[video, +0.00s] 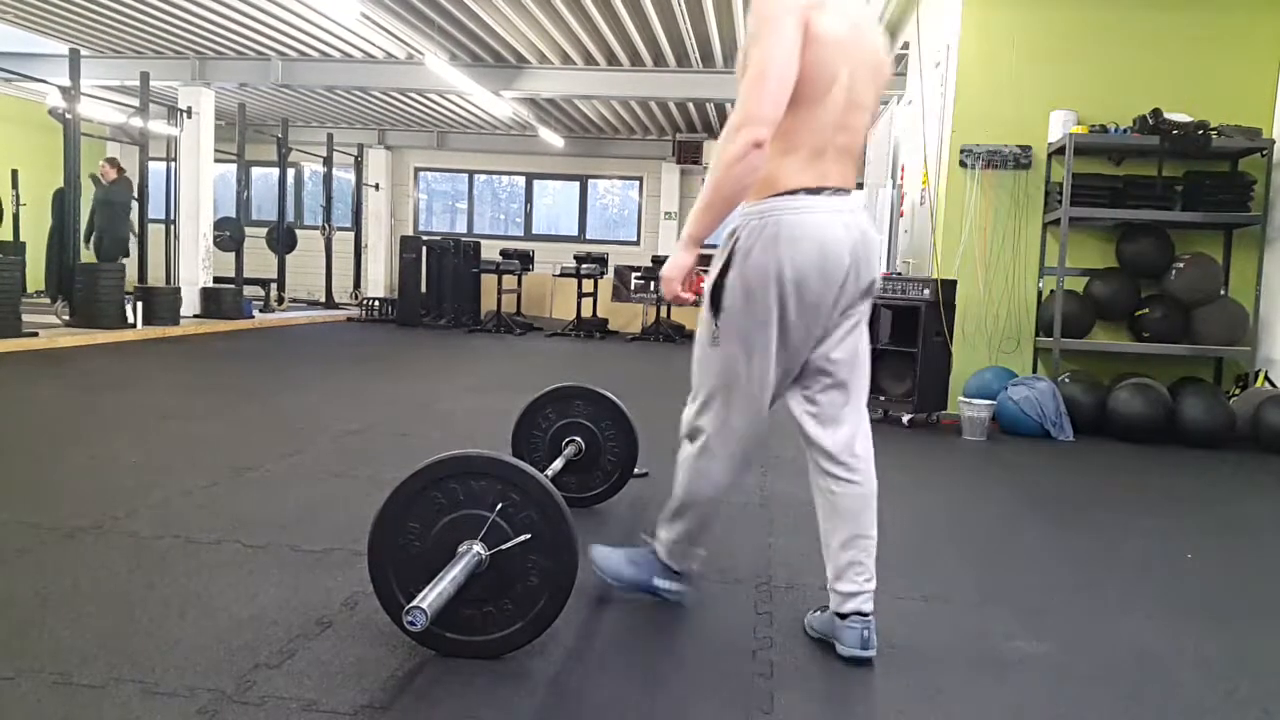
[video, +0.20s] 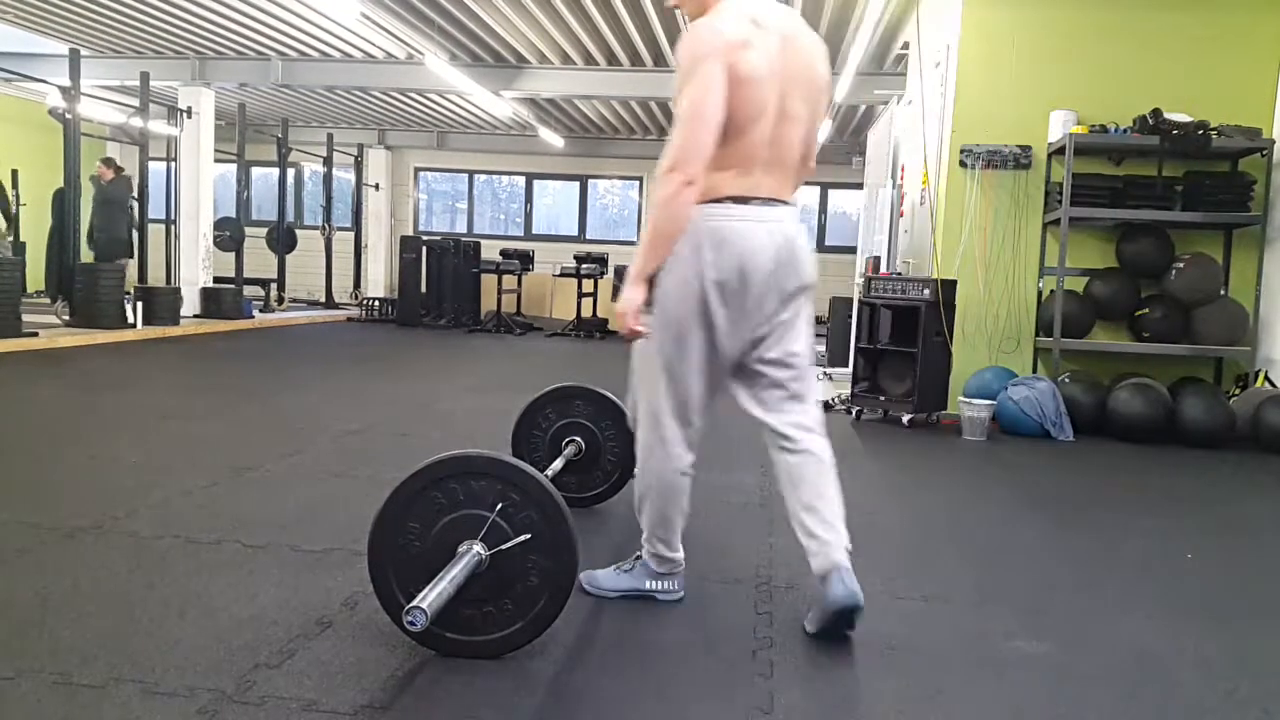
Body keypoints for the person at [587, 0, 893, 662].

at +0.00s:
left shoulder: (782, 9)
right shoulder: (872, 38)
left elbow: (752, 135)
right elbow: (839, 145)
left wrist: (690, 243)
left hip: (780, 226)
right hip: (851, 221)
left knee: (720, 412)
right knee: (840, 431)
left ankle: (669, 560)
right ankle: (854, 614)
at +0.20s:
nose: (669, 7)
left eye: (671, 3)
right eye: (668, 5)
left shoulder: (708, 35)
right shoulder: (811, 46)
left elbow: (684, 174)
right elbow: (805, 158)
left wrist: (637, 277)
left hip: (709, 232)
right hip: (785, 233)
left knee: (665, 411)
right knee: (795, 416)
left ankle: (659, 565)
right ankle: (835, 572)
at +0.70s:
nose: (551, 23)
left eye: (551, 10)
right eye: (547, 14)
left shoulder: (613, 43)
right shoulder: (680, 51)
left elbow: (574, 166)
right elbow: (699, 158)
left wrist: (509, 234)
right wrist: (681, 236)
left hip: (633, 230)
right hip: (674, 227)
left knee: (631, 400)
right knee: (619, 393)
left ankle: (658, 561)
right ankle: (584, 525)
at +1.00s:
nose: (505, 55)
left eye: (503, 40)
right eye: (497, 46)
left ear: (532, 14)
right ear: (534, 17)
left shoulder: (580, 53)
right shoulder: (585, 60)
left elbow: (585, 159)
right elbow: (592, 169)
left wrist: (554, 258)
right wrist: (564, 260)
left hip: (614, 231)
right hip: (616, 231)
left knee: (565, 390)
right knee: (571, 391)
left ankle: (616, 537)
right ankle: (578, 525)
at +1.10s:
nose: (484, 71)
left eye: (482, 55)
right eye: (476, 62)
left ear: (509, 27)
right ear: (511, 29)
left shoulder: (560, 61)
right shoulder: (572, 64)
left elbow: (577, 165)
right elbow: (588, 172)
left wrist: (553, 261)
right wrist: (560, 261)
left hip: (611, 230)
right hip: (634, 228)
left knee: (565, 387)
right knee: (592, 390)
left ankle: (577, 544)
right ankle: (574, 531)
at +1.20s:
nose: (462, 96)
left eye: (458, 81)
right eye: (454, 88)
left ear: (485, 53)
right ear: (485, 59)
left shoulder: (538, 76)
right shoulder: (543, 87)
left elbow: (560, 179)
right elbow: (578, 204)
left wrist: (540, 282)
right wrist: (561, 290)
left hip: (618, 233)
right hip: (619, 233)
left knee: (575, 387)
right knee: (586, 385)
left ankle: (567, 534)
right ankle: (576, 523)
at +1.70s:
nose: (419, 288)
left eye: (413, 275)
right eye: (410, 281)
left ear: (429, 243)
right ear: (432, 239)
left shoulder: (472, 250)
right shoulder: (508, 253)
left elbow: (493, 359)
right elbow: (536, 345)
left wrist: (489, 468)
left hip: (633, 285)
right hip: (649, 277)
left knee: (529, 406)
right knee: (562, 403)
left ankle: (557, 547)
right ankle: (576, 529)